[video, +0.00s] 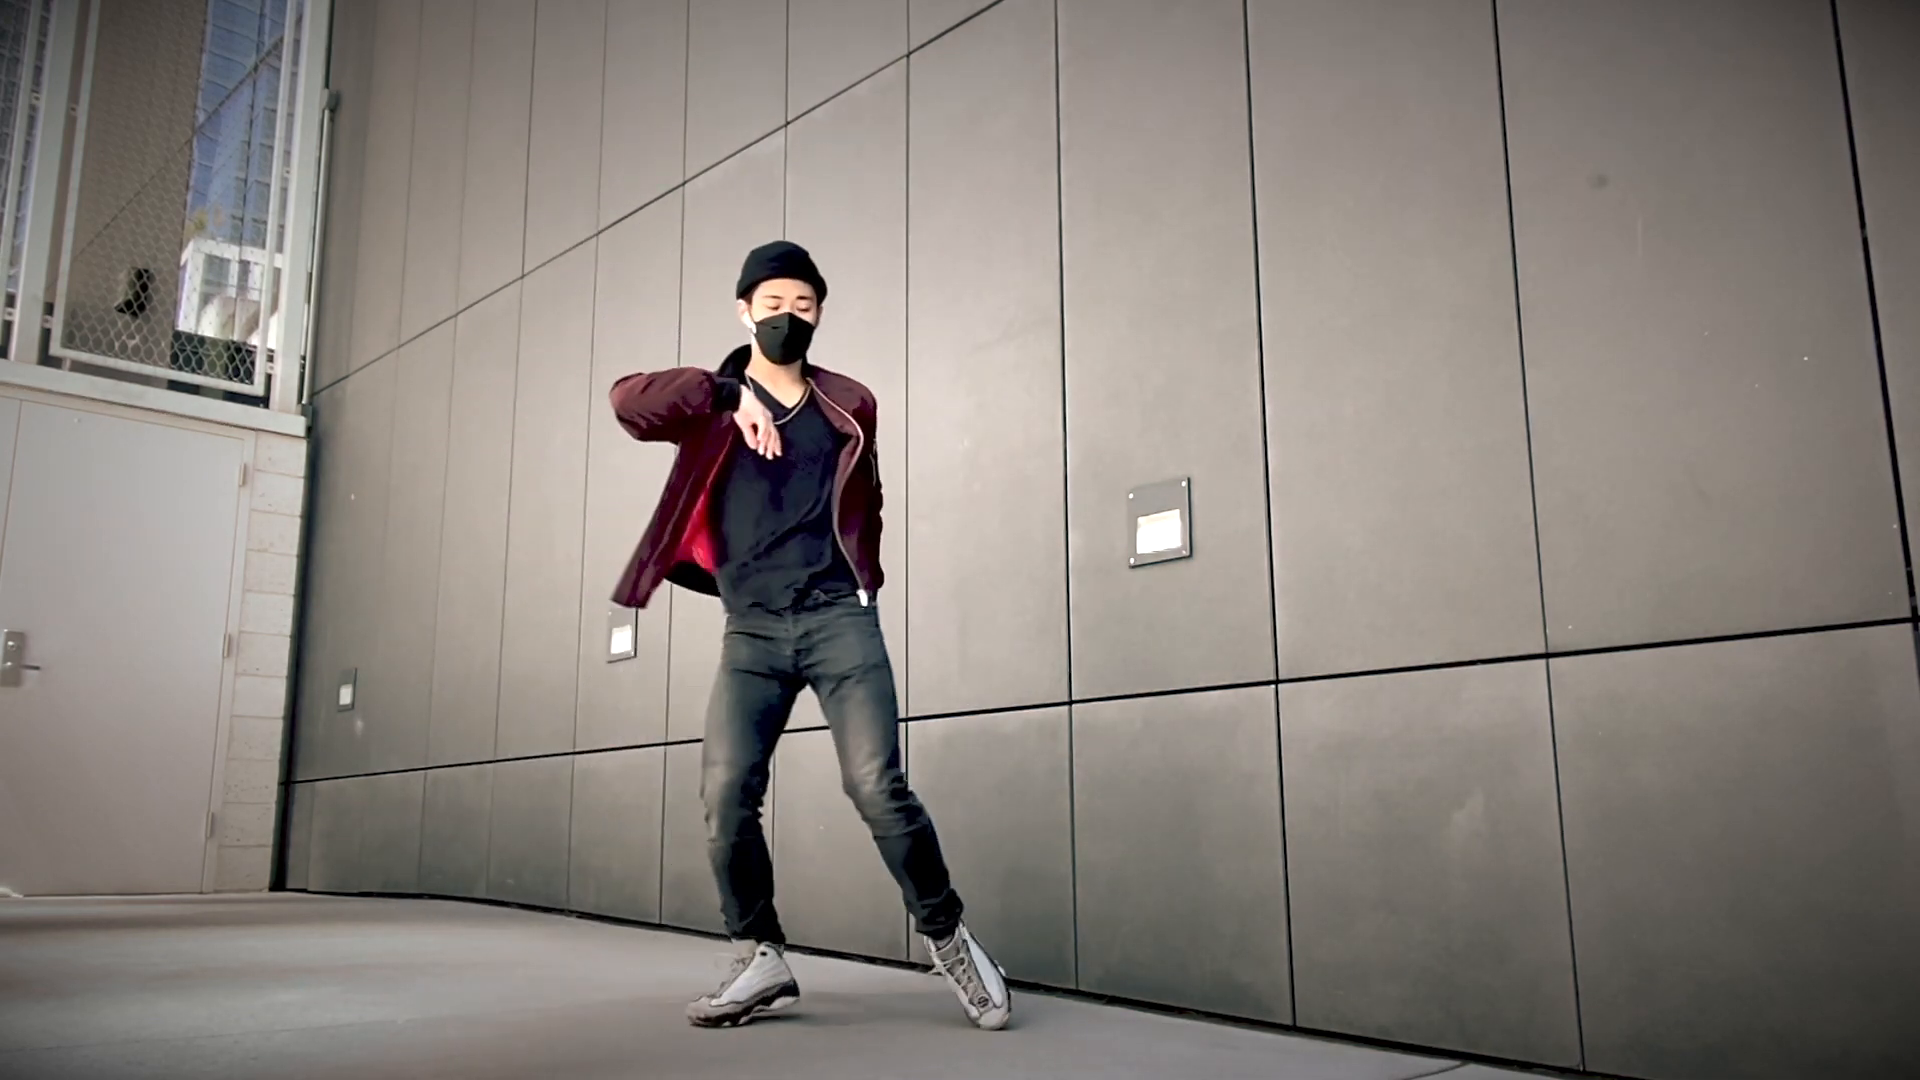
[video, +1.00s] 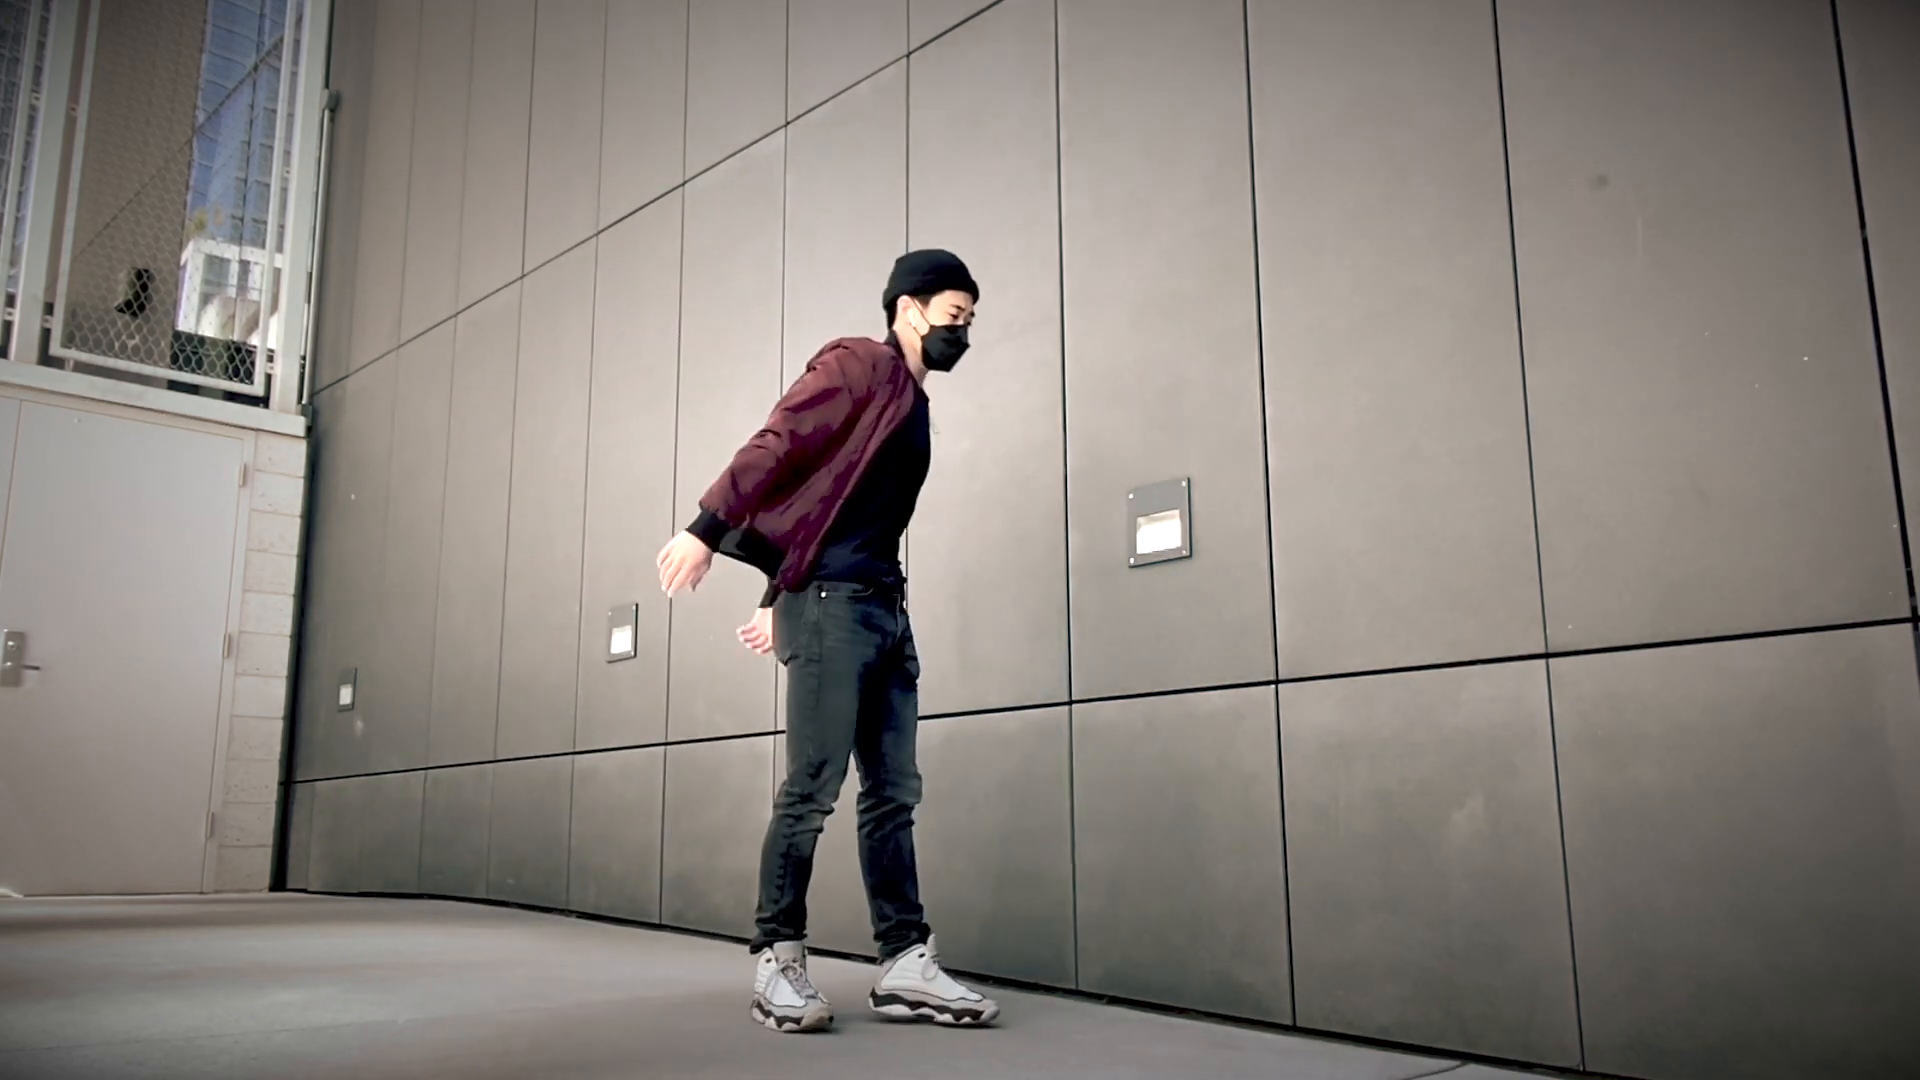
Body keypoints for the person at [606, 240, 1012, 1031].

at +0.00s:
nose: (788, 311)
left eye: (802, 301)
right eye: (772, 299)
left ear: (819, 314)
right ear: (746, 310)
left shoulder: (850, 403)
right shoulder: (712, 395)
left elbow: (865, 509)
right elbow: (628, 403)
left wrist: (861, 593)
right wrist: (725, 393)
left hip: (840, 617)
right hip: (750, 626)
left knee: (875, 785)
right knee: (725, 790)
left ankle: (949, 941)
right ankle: (763, 956)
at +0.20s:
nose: (849, 311)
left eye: (861, 303)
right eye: (833, 300)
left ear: (874, 317)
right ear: (800, 314)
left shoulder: (901, 405)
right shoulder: (768, 399)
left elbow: (907, 513)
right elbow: (698, 428)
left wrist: (923, 607)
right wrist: (788, 405)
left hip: (910, 613)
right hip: (823, 619)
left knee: (1010, 752)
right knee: (791, 797)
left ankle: (977, 926)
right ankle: (774, 961)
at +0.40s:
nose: (901, 315)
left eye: (911, 306)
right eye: (885, 304)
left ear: (920, 317)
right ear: (848, 314)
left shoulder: (937, 409)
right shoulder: (814, 391)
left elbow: (950, 511)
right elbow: (741, 448)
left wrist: (967, 598)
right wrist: (844, 443)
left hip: (950, 605)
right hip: (876, 611)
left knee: (1032, 762)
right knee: (855, 794)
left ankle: (980, 928)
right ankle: (787, 954)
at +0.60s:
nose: (949, 314)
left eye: (957, 306)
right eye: (933, 301)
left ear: (960, 319)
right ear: (891, 309)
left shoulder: (960, 405)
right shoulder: (858, 373)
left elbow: (969, 499)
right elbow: (775, 439)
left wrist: (960, 587)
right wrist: (809, 502)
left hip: (950, 619)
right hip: (883, 618)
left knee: (992, 780)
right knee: (854, 792)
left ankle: (935, 942)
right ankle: (787, 953)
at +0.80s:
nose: (988, 326)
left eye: (994, 317)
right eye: (978, 311)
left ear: (976, 322)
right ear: (933, 307)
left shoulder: (943, 394)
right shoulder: (896, 361)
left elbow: (896, 494)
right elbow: (818, 419)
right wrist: (744, 499)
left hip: (908, 615)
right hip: (858, 610)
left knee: (925, 790)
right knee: (826, 788)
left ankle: (908, 965)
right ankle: (781, 956)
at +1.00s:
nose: (964, 329)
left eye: (970, 318)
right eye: (955, 313)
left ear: (937, 320)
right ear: (907, 307)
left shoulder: (907, 397)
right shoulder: (857, 363)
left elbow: (847, 505)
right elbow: (778, 441)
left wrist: (784, 597)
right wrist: (703, 529)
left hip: (883, 610)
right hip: (828, 605)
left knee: (892, 792)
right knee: (812, 786)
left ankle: (904, 963)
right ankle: (778, 959)